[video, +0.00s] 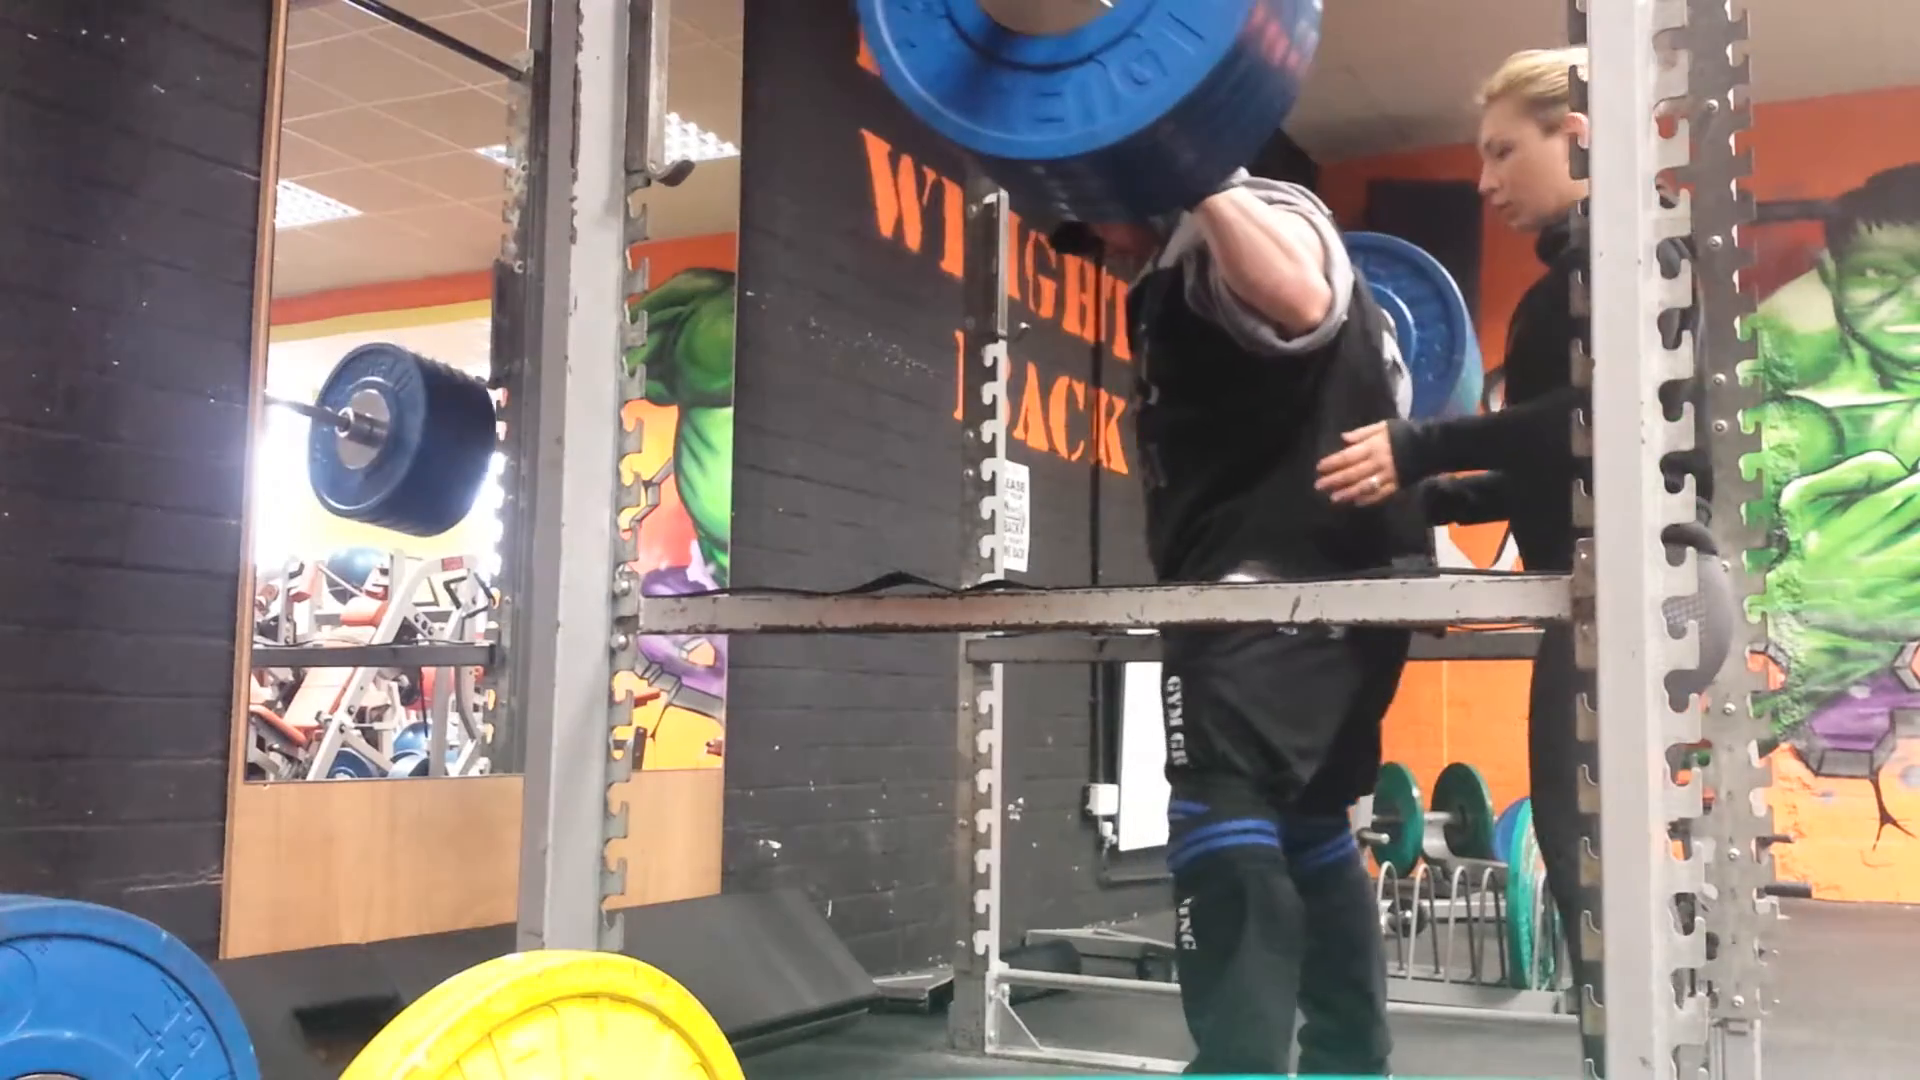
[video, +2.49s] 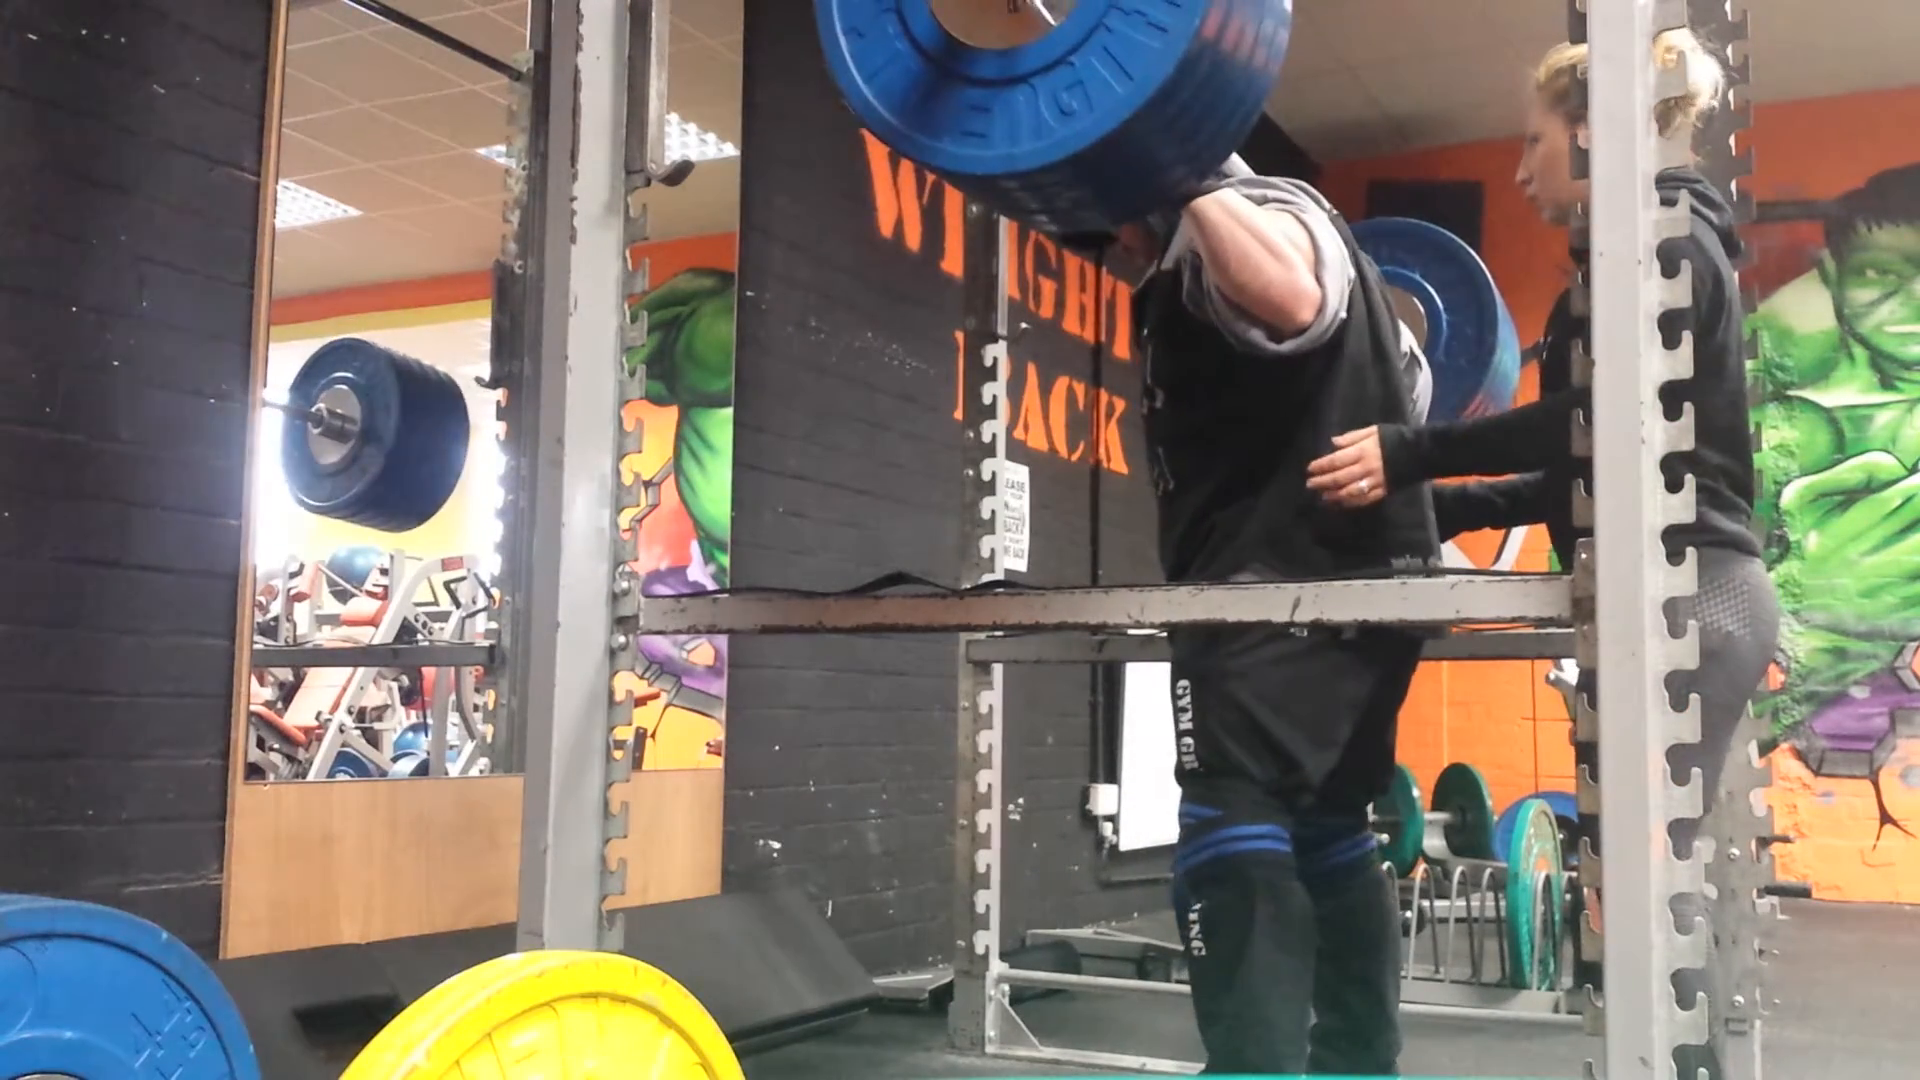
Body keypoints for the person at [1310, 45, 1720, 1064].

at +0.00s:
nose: (1486, 182)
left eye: (1500, 154)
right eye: (1483, 160)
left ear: (1571, 137)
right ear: (1554, 148)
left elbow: (1598, 421)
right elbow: (1560, 465)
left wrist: (1422, 446)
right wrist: (1433, 497)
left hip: (1624, 581)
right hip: (1581, 580)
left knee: (1590, 820)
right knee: (1570, 817)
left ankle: (1629, 1047)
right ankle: (1613, 1042)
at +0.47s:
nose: (1530, 179)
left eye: (1549, 152)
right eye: (1526, 155)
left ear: (1611, 146)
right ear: (1558, 152)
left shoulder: (1656, 243)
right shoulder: (1639, 254)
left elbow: (1627, 425)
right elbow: (1615, 477)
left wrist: (1466, 477)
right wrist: (1481, 525)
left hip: (1665, 585)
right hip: (1670, 579)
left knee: (1639, 857)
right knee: (1653, 855)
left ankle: (1654, 1060)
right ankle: (1687, 1058)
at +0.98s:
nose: (1539, 167)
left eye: (1557, 138)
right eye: (1535, 143)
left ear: (1628, 126)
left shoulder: (1667, 228)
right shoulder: (1658, 225)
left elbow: (1637, 428)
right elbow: (1605, 432)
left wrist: (1475, 486)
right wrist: (1479, 494)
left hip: (1678, 575)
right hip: (1677, 572)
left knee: (1635, 858)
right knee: (1645, 853)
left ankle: (1653, 1056)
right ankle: (1662, 1053)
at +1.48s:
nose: (1530, 181)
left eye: (1545, 154)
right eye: (1524, 159)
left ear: (1607, 141)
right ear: (1564, 151)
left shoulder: (1665, 241)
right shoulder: (1636, 255)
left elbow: (1610, 427)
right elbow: (1605, 465)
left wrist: (1441, 466)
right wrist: (1464, 506)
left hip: (1687, 589)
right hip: (1676, 586)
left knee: (1649, 853)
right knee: (1665, 853)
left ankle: (1675, 1060)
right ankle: (1687, 1057)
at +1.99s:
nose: (1532, 171)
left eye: (1542, 148)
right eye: (1531, 150)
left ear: (1600, 140)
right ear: (1611, 143)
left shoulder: (1652, 241)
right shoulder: (1660, 241)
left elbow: (1594, 426)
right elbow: (1585, 458)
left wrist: (1403, 444)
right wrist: (1429, 477)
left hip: (1680, 586)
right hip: (1700, 585)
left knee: (1637, 855)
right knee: (1661, 854)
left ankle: (1659, 1060)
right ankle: (1681, 1055)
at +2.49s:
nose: (1521, 169)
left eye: (1533, 143)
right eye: (1524, 145)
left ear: (1592, 140)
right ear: (1585, 143)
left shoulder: (1652, 241)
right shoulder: (1650, 250)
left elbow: (1591, 422)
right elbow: (1593, 475)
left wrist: (1406, 453)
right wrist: (1445, 508)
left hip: (1683, 584)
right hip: (1695, 584)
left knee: (1643, 862)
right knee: (1666, 859)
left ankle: (1665, 1061)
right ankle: (1700, 1056)